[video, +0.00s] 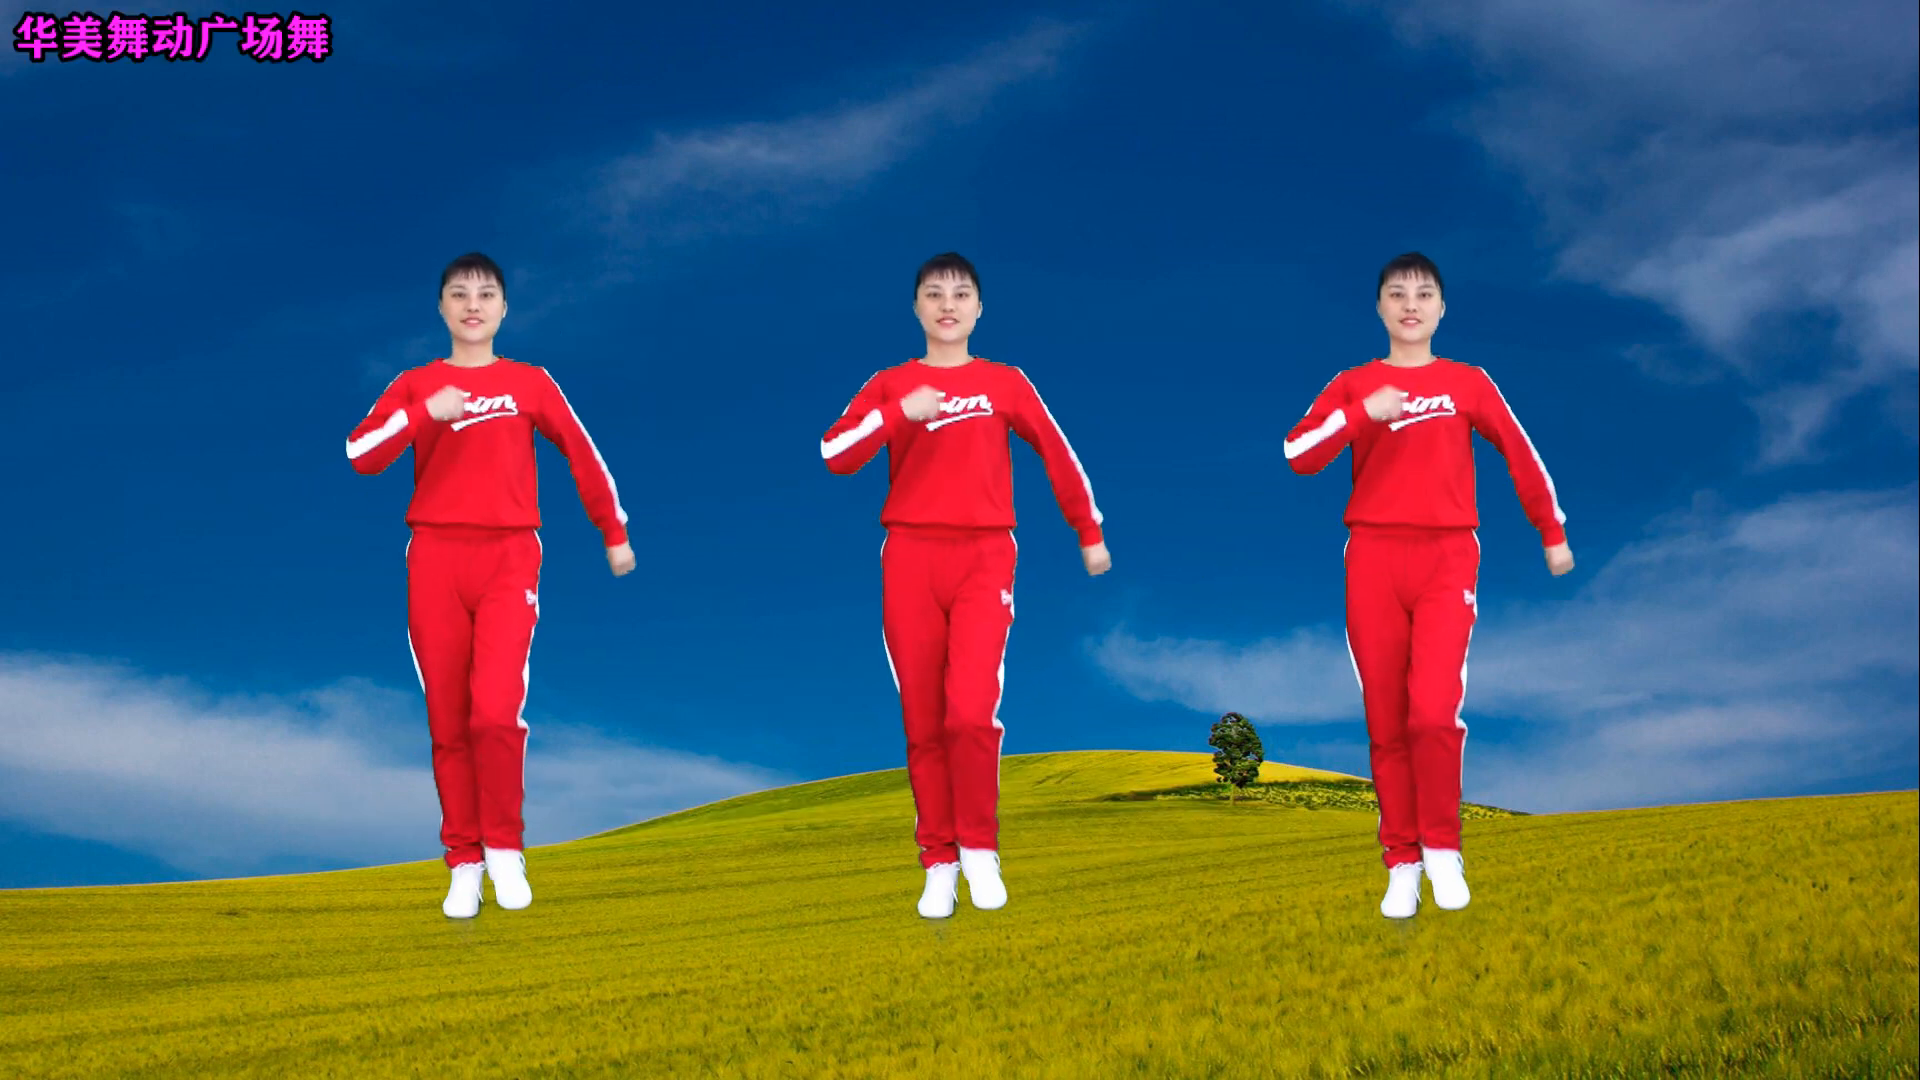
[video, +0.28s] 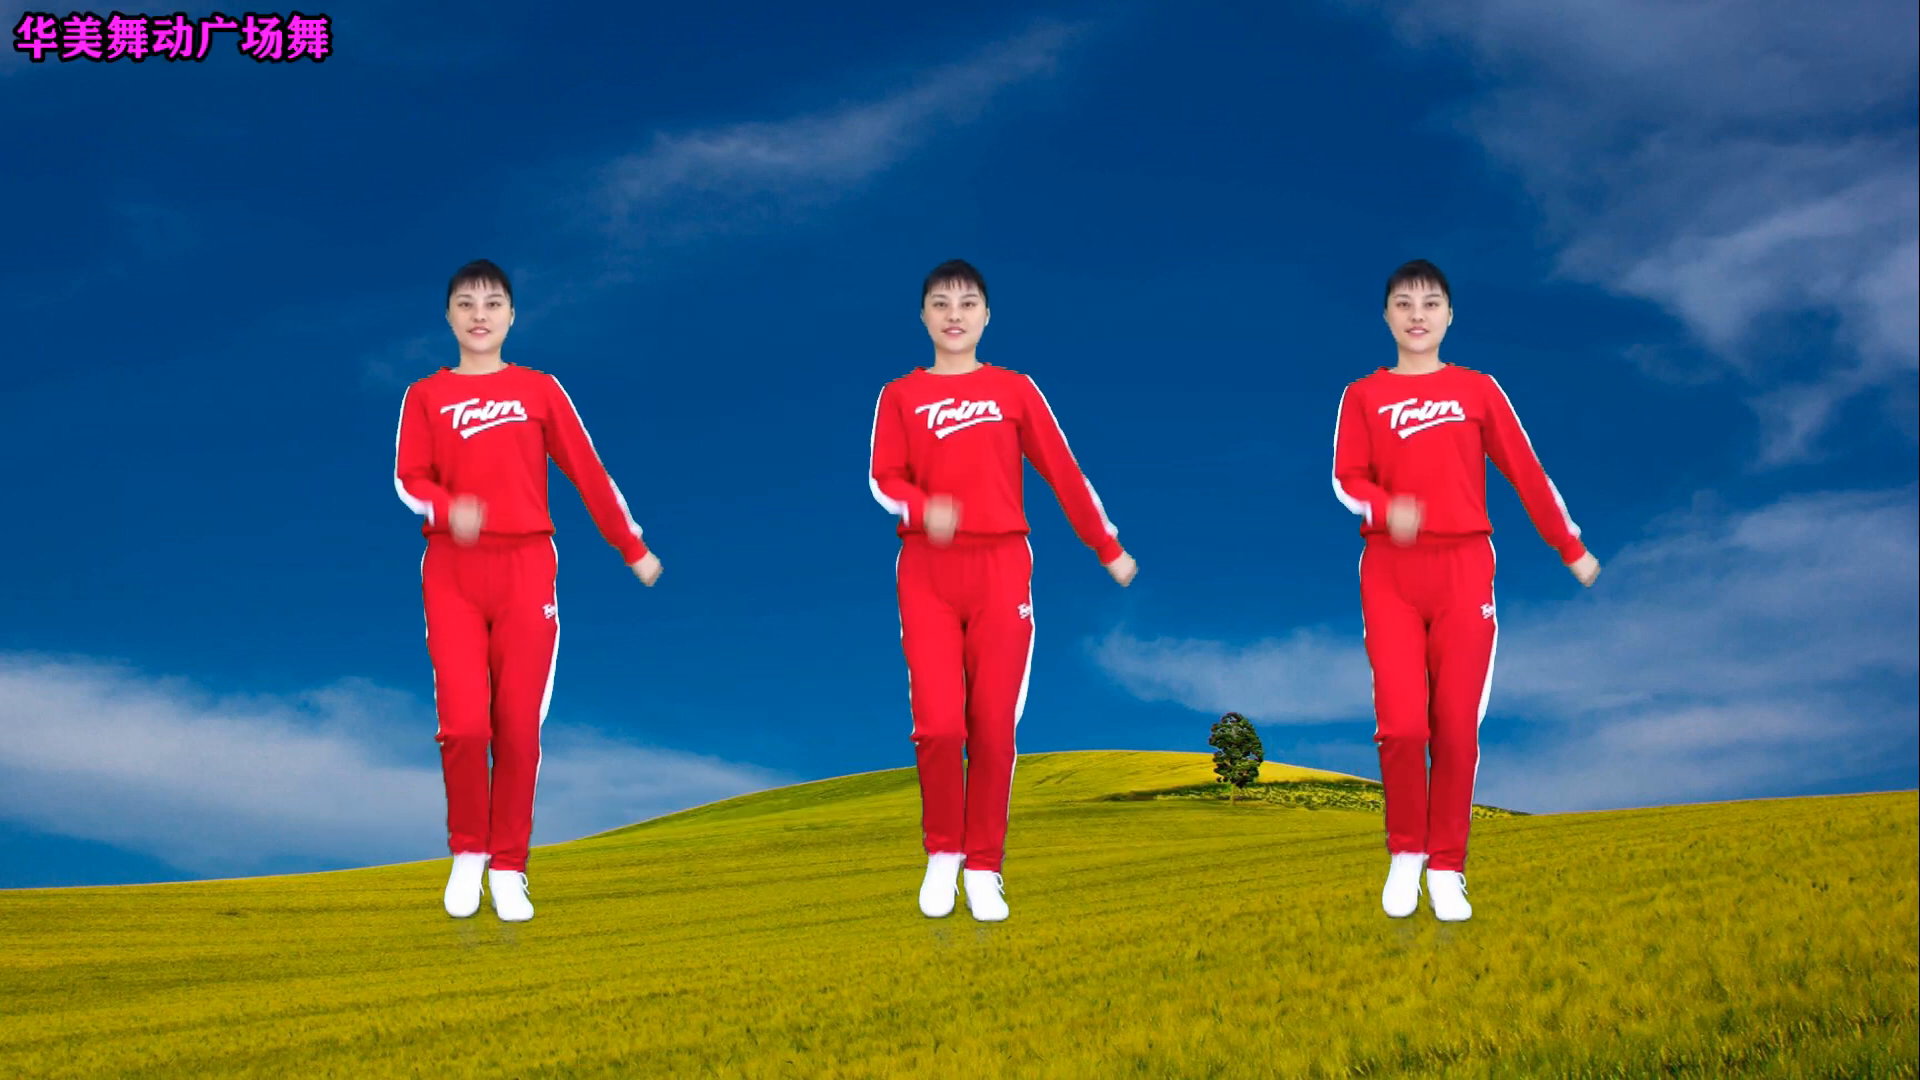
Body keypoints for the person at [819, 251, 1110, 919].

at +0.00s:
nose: (949, 305)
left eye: (961, 295)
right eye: (936, 295)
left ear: (978, 307)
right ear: (918, 308)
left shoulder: (1007, 382)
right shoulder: (888, 384)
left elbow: (1059, 454)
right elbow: (835, 454)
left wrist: (1090, 534)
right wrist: (897, 414)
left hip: (985, 560)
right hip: (910, 560)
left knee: (971, 714)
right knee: (923, 720)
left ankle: (979, 850)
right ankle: (937, 859)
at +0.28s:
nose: (954, 314)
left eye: (967, 304)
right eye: (941, 304)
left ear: (985, 315)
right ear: (925, 316)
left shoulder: (1015, 388)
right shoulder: (899, 394)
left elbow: (1064, 472)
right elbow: (884, 478)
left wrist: (1108, 547)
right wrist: (919, 505)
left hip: (1002, 571)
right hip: (926, 574)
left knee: (994, 724)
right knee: (936, 721)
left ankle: (984, 867)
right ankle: (943, 855)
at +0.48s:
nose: (959, 324)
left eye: (971, 312)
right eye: (946, 314)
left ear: (989, 322)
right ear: (930, 326)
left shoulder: (1021, 401)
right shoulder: (905, 407)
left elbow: (1042, 485)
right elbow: (881, 500)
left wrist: (1012, 540)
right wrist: (863, 589)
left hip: (1011, 573)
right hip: (936, 574)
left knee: (1009, 722)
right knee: (965, 699)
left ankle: (986, 866)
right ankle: (952, 804)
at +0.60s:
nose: (959, 305)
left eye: (970, 294)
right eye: (946, 295)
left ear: (989, 303)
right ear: (929, 308)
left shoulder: (1021, 380)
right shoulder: (905, 387)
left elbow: (1061, 465)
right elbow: (854, 463)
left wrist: (1006, 442)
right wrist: (815, 544)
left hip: (1009, 556)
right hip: (933, 556)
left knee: (1002, 712)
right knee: (960, 705)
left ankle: (989, 861)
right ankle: (950, 825)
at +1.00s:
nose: (953, 318)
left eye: (964, 307)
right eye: (940, 309)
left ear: (983, 318)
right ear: (923, 322)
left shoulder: (1010, 394)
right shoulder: (895, 401)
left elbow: (1016, 475)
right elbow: (863, 488)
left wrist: (975, 522)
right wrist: (832, 570)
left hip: (986, 576)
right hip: (911, 576)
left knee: (974, 722)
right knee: (921, 728)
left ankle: (979, 849)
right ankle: (937, 867)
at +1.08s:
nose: (949, 326)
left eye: (962, 316)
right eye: (936, 317)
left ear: (979, 328)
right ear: (921, 330)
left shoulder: (1009, 405)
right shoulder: (893, 410)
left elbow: (1015, 494)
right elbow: (879, 497)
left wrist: (1009, 578)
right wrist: (886, 576)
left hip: (982, 581)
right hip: (909, 582)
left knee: (958, 719)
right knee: (909, 733)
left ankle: (976, 816)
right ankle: (937, 866)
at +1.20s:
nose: (947, 312)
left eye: (959, 302)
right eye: (935, 302)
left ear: (978, 314)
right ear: (918, 315)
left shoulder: (1009, 392)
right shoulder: (890, 394)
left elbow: (1045, 482)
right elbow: (853, 469)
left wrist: (1065, 572)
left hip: (985, 567)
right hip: (909, 567)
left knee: (954, 705)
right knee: (912, 724)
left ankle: (972, 809)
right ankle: (938, 863)